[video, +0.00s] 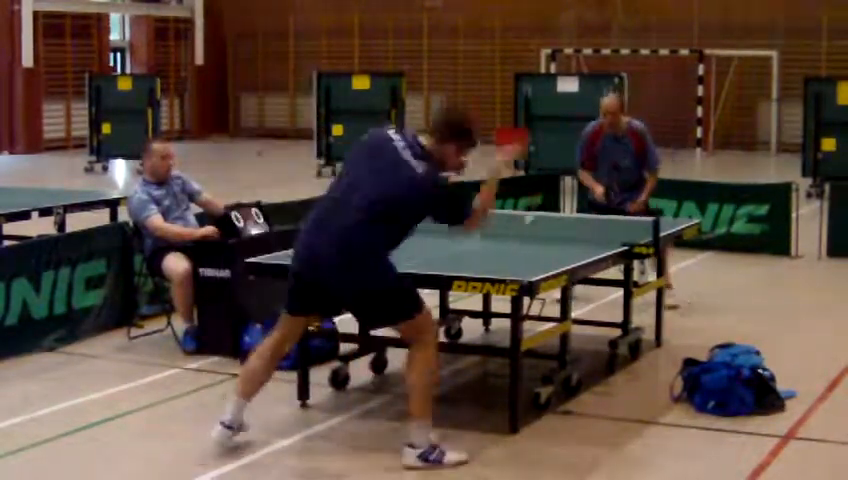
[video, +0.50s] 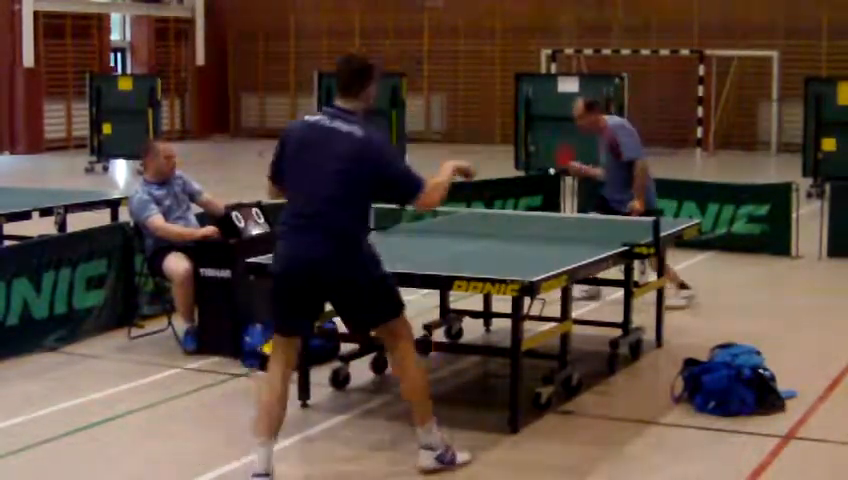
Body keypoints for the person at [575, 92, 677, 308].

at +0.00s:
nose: (610, 119)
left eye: (614, 114)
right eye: (606, 115)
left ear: (623, 113)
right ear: (601, 114)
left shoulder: (637, 131)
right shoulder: (593, 131)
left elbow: (653, 171)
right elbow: (581, 169)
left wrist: (641, 200)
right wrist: (595, 186)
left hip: (631, 197)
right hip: (602, 197)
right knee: (591, 238)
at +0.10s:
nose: (607, 121)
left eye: (612, 116)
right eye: (603, 116)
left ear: (621, 114)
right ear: (599, 115)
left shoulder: (636, 131)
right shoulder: (592, 133)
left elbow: (652, 170)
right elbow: (582, 169)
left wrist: (641, 200)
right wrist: (593, 189)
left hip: (632, 197)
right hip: (604, 198)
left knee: (650, 241)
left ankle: (665, 287)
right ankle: (567, 286)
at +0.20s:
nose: (599, 121)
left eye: (603, 115)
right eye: (596, 115)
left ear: (616, 114)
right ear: (594, 115)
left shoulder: (634, 132)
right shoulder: (591, 134)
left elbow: (653, 171)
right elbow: (584, 168)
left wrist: (642, 201)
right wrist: (590, 192)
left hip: (632, 199)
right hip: (604, 200)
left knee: (651, 241)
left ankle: (665, 287)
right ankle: (567, 285)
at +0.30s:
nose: (594, 119)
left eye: (597, 113)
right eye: (590, 115)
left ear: (609, 110)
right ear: (587, 115)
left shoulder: (631, 131)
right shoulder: (591, 135)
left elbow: (651, 171)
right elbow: (592, 169)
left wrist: (642, 202)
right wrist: (581, 189)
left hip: (628, 204)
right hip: (599, 201)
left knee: (651, 242)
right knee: (579, 237)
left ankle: (667, 286)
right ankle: (567, 284)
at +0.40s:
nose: (585, 119)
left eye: (588, 113)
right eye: (583, 114)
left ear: (601, 111)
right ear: (583, 115)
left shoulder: (624, 128)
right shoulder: (594, 133)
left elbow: (645, 164)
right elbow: (602, 171)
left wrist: (641, 199)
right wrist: (571, 175)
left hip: (632, 199)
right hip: (608, 197)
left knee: (649, 249)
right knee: (585, 237)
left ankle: (679, 286)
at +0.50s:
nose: (580, 125)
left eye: (581, 119)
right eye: (578, 120)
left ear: (594, 115)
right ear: (588, 117)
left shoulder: (618, 128)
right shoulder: (604, 133)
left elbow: (640, 164)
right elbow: (610, 174)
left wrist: (639, 199)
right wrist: (583, 170)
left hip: (634, 202)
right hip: (612, 199)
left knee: (650, 251)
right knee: (589, 235)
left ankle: (681, 287)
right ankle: (590, 283)